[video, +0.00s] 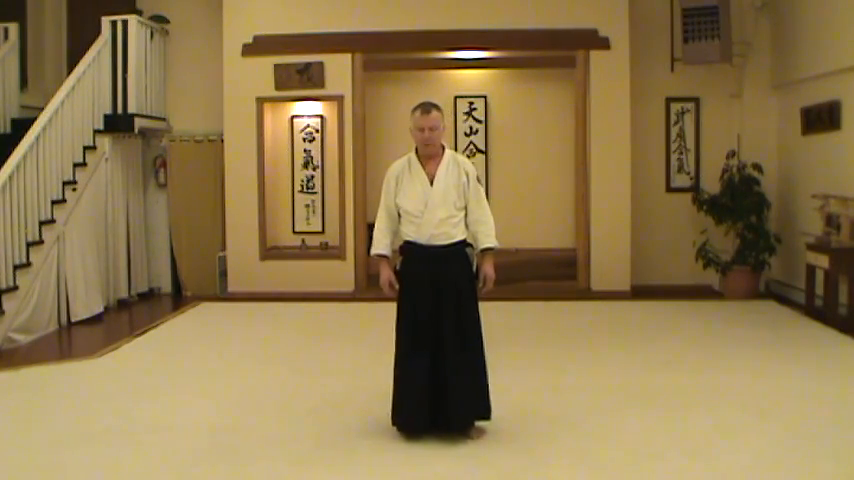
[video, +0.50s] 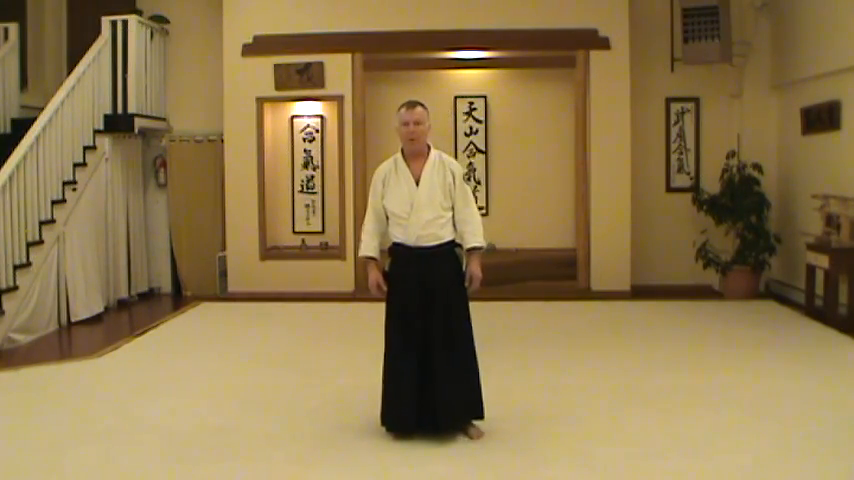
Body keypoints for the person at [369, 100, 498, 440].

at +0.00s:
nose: (427, 135)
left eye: (433, 129)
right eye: (421, 130)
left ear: (444, 130)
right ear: (412, 132)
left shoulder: (462, 167)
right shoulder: (398, 171)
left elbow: (479, 213)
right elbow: (385, 218)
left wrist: (486, 257)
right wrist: (383, 262)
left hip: (455, 261)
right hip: (415, 261)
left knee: (459, 336)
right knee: (416, 337)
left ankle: (463, 416)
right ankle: (416, 417)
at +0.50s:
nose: (412, 130)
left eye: (418, 123)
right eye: (405, 124)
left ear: (429, 127)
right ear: (397, 129)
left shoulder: (449, 167)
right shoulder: (385, 172)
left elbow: (466, 212)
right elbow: (374, 219)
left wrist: (474, 257)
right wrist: (371, 263)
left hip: (444, 262)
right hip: (404, 263)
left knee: (452, 337)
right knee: (404, 339)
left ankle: (463, 415)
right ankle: (405, 417)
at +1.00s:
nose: (409, 132)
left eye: (416, 125)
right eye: (403, 126)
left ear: (427, 128)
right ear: (395, 131)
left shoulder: (449, 166)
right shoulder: (384, 172)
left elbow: (466, 210)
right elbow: (374, 219)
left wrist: (474, 256)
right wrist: (372, 263)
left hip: (444, 261)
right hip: (405, 261)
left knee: (446, 338)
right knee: (405, 339)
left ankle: (451, 421)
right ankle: (408, 419)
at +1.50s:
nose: (429, 137)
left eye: (435, 131)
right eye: (423, 131)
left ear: (447, 130)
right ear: (415, 133)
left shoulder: (466, 168)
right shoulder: (404, 169)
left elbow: (482, 217)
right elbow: (393, 215)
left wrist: (480, 266)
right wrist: (399, 257)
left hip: (454, 262)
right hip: (417, 262)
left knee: (452, 340)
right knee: (413, 338)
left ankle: (450, 422)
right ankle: (413, 417)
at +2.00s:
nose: (421, 136)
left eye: (428, 129)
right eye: (416, 130)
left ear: (441, 131)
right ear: (409, 134)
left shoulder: (459, 170)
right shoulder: (400, 171)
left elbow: (475, 216)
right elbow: (387, 214)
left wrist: (476, 264)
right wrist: (403, 238)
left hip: (449, 261)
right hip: (414, 261)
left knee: (448, 338)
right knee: (417, 337)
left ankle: (449, 421)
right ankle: (422, 414)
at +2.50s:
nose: (418, 148)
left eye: (423, 141)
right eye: (412, 142)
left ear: (437, 137)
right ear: (406, 141)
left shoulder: (456, 172)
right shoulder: (398, 174)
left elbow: (472, 218)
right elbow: (386, 217)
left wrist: (469, 267)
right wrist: (402, 238)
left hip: (445, 261)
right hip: (412, 262)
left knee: (442, 338)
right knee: (411, 336)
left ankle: (442, 421)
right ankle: (413, 410)